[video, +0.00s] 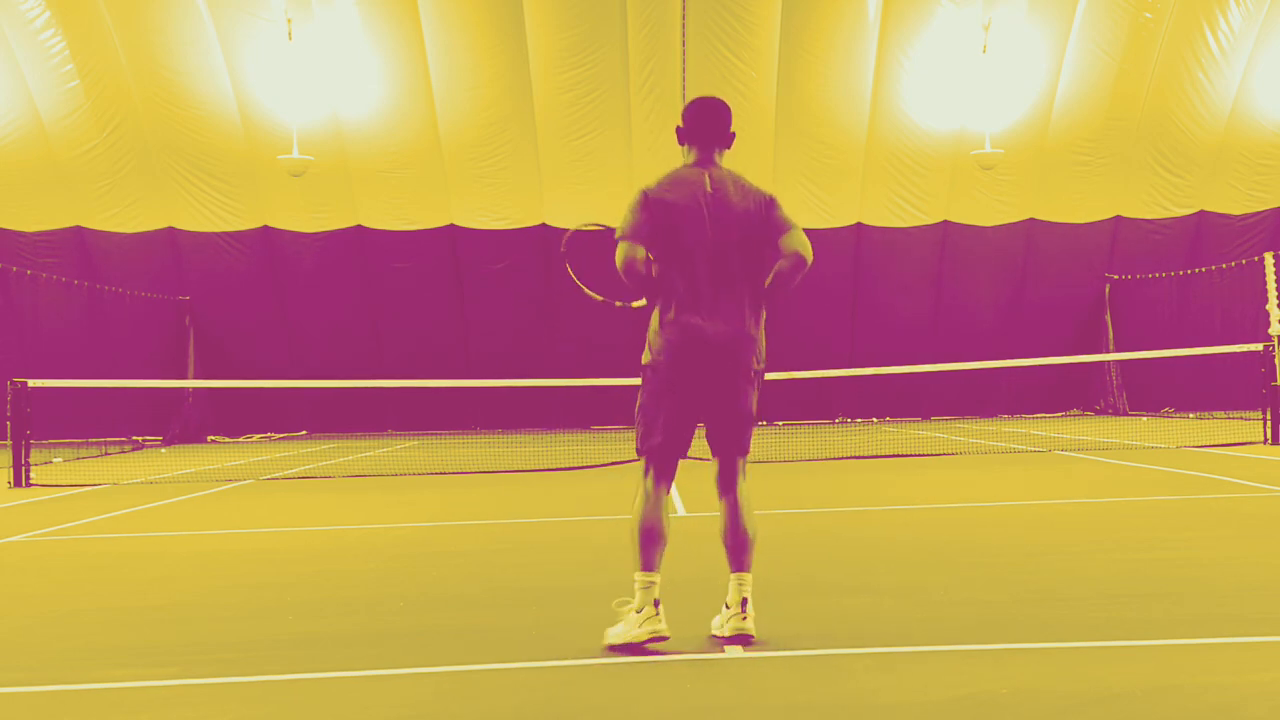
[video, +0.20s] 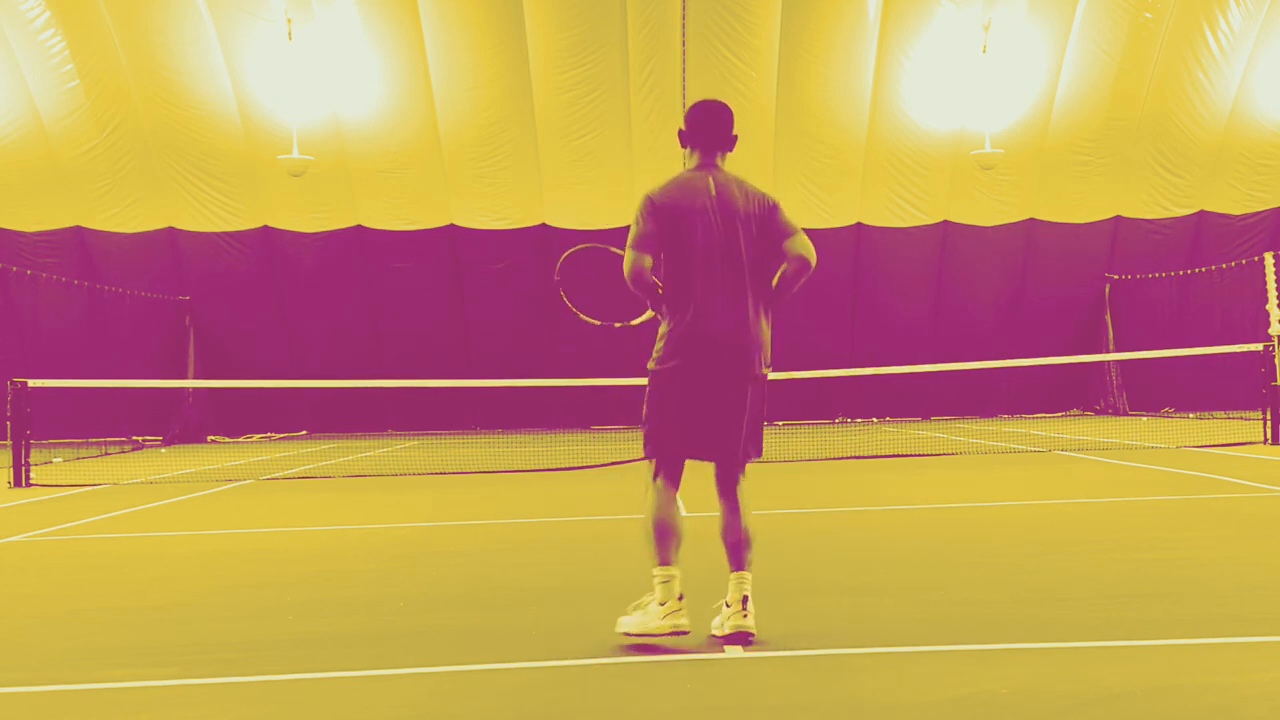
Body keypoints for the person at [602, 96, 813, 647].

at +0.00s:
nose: (697, 148)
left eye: (688, 137)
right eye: (716, 139)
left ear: (681, 138)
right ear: (730, 140)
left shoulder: (657, 196)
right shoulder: (757, 199)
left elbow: (629, 264)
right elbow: (800, 255)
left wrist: (656, 287)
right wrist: (760, 292)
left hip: (676, 347)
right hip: (737, 349)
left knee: (656, 477)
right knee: (732, 480)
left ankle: (646, 608)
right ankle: (739, 608)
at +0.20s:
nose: (690, 149)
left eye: (687, 140)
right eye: (715, 141)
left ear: (684, 141)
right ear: (732, 144)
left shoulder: (661, 199)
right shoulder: (759, 201)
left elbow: (636, 268)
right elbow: (803, 257)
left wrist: (658, 301)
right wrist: (766, 300)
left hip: (681, 353)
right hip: (743, 355)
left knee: (665, 476)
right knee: (731, 482)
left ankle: (667, 599)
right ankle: (740, 602)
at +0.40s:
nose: (687, 139)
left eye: (677, 128)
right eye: (710, 130)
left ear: (671, 132)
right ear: (721, 134)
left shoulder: (649, 189)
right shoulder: (751, 189)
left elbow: (627, 254)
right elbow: (792, 246)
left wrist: (648, 290)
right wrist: (758, 290)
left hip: (684, 348)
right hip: (748, 343)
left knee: (694, 474)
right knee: (766, 469)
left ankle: (712, 602)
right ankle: (787, 595)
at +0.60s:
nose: (697, 152)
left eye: (678, 142)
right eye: (710, 140)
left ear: (669, 144)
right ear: (718, 143)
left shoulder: (645, 206)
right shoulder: (748, 200)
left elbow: (629, 272)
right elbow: (793, 259)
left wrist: (659, 307)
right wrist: (760, 302)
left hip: (685, 359)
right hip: (747, 352)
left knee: (696, 484)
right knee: (770, 473)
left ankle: (712, 603)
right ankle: (797, 591)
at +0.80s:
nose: (691, 146)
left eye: (684, 136)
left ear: (680, 140)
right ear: (728, 142)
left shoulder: (657, 195)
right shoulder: (758, 196)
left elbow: (641, 265)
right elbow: (800, 247)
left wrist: (659, 289)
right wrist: (764, 288)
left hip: (683, 348)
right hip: (743, 348)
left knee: (679, 466)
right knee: (736, 474)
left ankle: (701, 565)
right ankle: (741, 599)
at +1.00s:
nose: (691, 159)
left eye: (686, 150)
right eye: (717, 153)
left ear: (683, 152)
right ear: (730, 156)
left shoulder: (658, 207)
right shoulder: (754, 211)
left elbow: (633, 272)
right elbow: (797, 266)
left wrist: (659, 307)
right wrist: (761, 303)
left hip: (682, 357)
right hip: (740, 359)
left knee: (667, 473)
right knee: (731, 483)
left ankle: (684, 556)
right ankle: (737, 603)